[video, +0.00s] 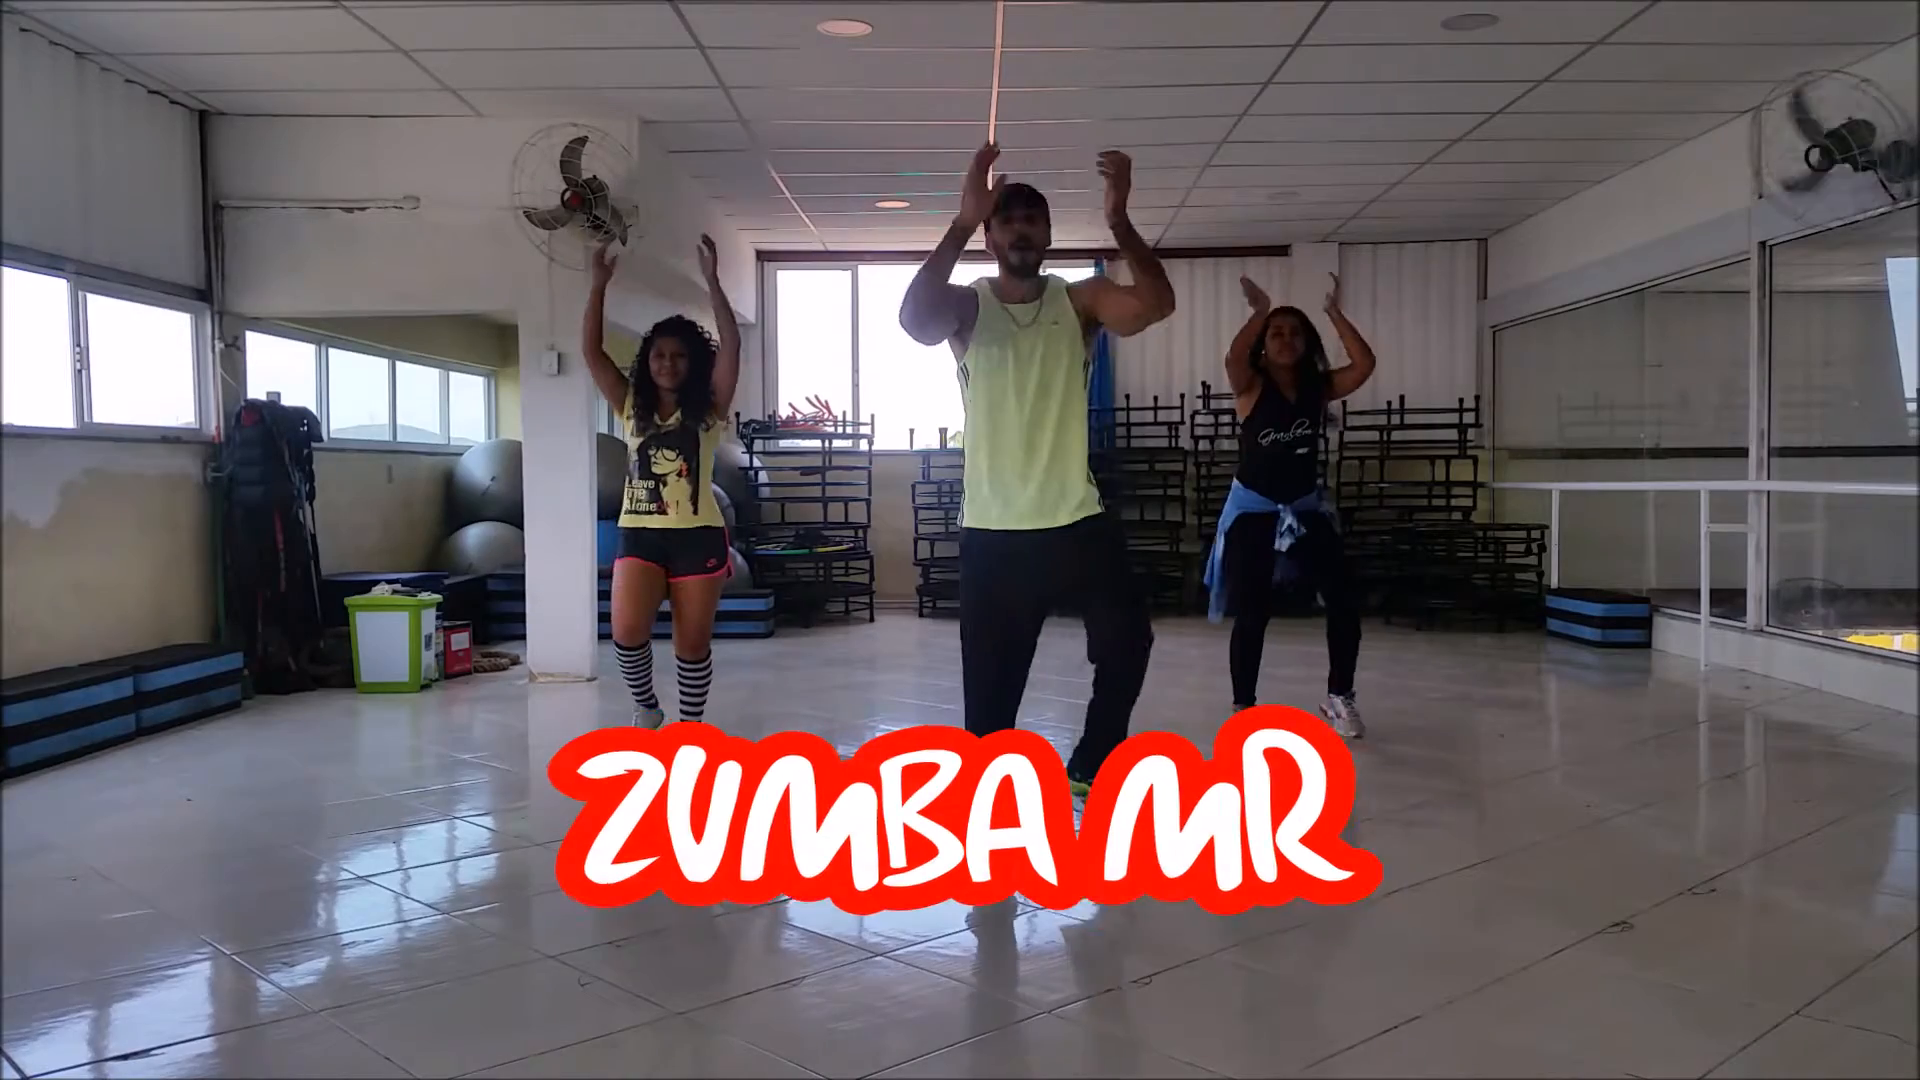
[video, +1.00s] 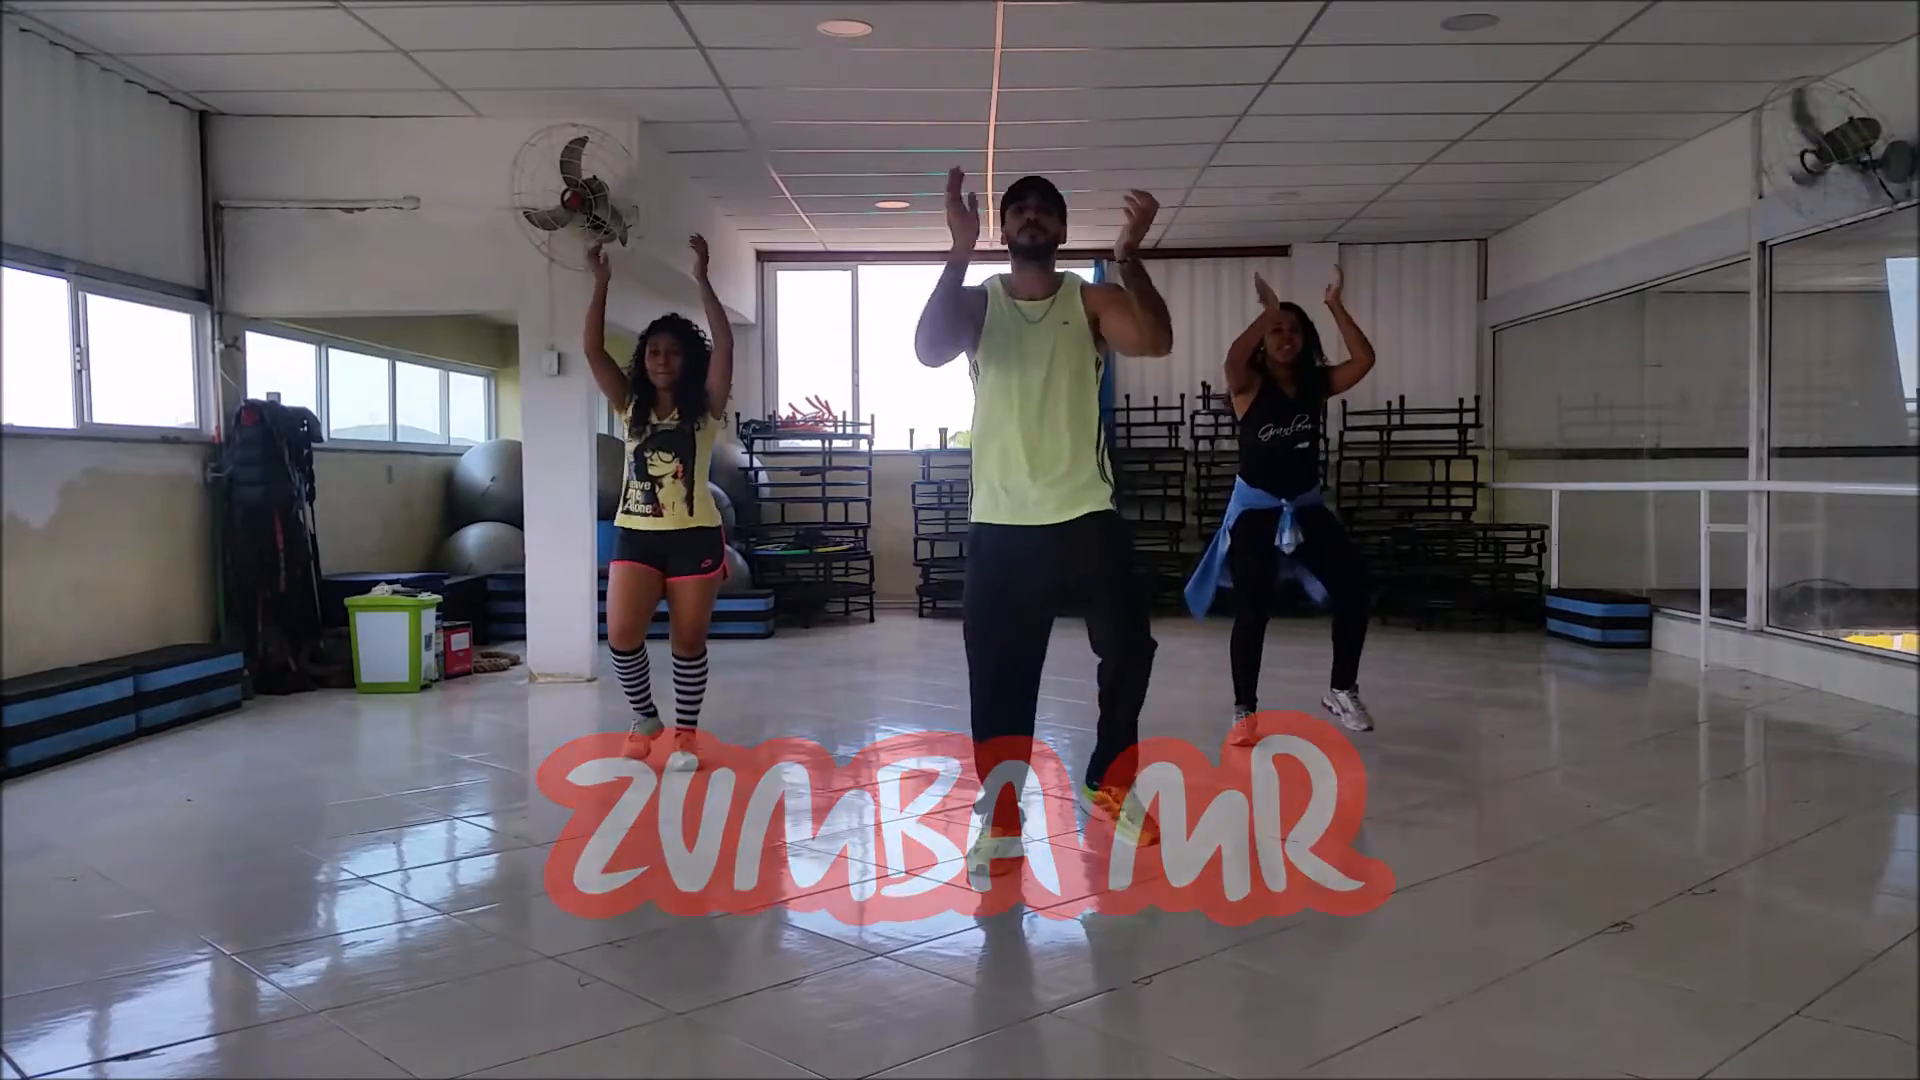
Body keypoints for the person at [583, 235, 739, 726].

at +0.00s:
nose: (667, 363)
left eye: (677, 356)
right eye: (658, 355)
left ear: (694, 364)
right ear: (645, 361)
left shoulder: (709, 409)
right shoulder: (630, 405)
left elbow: (730, 343)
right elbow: (592, 350)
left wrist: (713, 281)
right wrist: (598, 284)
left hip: (697, 543)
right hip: (639, 541)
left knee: (692, 647)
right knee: (626, 633)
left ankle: (692, 730)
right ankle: (646, 715)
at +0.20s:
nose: (665, 367)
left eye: (674, 359)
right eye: (656, 359)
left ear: (690, 363)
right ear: (645, 363)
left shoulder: (707, 408)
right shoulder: (631, 407)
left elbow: (709, 347)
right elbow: (606, 353)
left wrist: (680, 286)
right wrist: (638, 294)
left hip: (696, 538)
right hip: (638, 537)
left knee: (690, 645)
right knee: (637, 646)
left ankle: (690, 735)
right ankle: (651, 736)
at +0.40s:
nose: (658, 362)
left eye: (669, 354)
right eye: (649, 353)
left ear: (685, 359)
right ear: (636, 356)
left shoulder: (699, 404)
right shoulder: (620, 402)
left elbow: (726, 341)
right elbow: (585, 346)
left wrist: (698, 277)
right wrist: (609, 283)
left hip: (690, 538)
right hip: (632, 539)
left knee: (684, 642)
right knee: (640, 646)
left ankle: (690, 734)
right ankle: (654, 742)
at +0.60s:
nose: (656, 362)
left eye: (666, 354)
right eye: (647, 353)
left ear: (682, 362)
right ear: (635, 359)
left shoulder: (696, 405)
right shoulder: (619, 404)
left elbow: (715, 341)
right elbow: (590, 350)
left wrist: (697, 280)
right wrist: (603, 284)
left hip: (686, 536)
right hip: (630, 537)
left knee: (677, 633)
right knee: (639, 639)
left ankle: (690, 725)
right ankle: (653, 736)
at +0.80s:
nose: (658, 362)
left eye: (668, 355)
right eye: (650, 353)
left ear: (685, 359)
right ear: (638, 358)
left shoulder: (700, 406)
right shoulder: (625, 404)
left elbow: (717, 341)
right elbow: (594, 350)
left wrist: (678, 284)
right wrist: (632, 292)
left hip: (690, 540)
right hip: (632, 541)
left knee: (686, 643)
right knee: (637, 643)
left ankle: (685, 737)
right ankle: (652, 737)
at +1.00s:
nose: (662, 361)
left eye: (672, 353)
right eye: (654, 353)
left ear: (689, 360)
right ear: (642, 359)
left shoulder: (705, 406)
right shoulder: (630, 403)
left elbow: (724, 343)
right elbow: (592, 349)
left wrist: (703, 280)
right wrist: (601, 282)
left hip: (694, 539)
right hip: (635, 537)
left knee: (688, 645)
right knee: (622, 638)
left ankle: (685, 738)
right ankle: (646, 722)